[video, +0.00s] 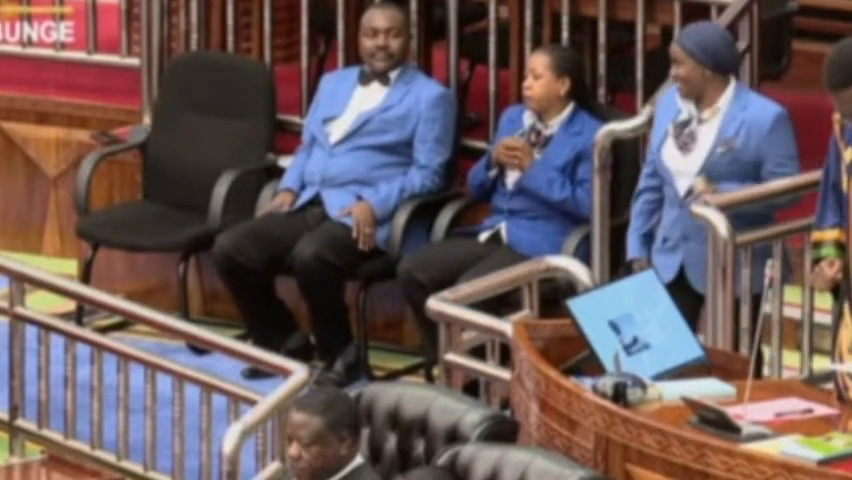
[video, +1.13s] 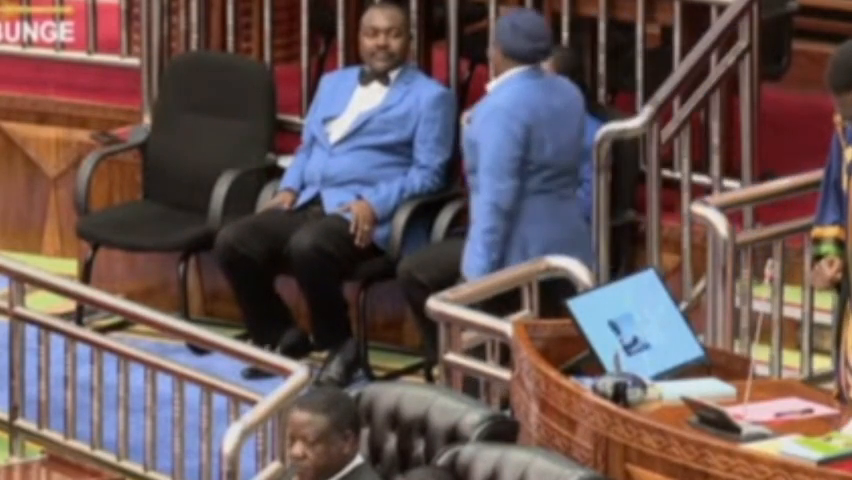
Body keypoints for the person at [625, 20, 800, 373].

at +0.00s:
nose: (673, 72)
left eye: (680, 63)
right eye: (672, 63)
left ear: (711, 68)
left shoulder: (767, 119)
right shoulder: (670, 101)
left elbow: (786, 191)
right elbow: (651, 180)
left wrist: (722, 195)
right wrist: (637, 251)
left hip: (734, 273)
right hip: (669, 266)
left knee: (728, 370)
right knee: (661, 359)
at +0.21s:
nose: (634, 67)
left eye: (641, 58)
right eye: (635, 58)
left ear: (671, 64)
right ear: (663, 63)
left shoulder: (719, 117)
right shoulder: (644, 105)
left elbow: (732, 198)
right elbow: (631, 188)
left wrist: (670, 236)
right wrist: (622, 250)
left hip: (689, 278)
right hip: (640, 269)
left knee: (682, 372)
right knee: (636, 364)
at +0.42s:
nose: (606, 65)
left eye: (612, 56)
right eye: (607, 56)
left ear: (640, 60)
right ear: (634, 60)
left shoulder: (675, 113)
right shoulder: (626, 104)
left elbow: (680, 197)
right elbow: (613, 187)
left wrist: (633, 252)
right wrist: (603, 250)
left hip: (669, 277)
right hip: (624, 270)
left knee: (673, 377)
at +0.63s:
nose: (572, 61)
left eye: (578, 53)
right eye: (573, 53)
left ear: (601, 56)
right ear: (599, 56)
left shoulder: (626, 106)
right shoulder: (604, 96)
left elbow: (620, 197)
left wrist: (573, 260)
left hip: (619, 258)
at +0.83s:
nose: (540, 55)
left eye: (543, 47)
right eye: (541, 47)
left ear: (554, 53)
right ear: (592, 49)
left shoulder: (569, 102)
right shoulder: (614, 91)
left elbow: (563, 192)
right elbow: (615, 171)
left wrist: (523, 258)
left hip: (574, 244)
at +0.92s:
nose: (526, 54)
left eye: (528, 47)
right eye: (528, 47)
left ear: (534, 53)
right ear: (578, 51)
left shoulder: (548, 104)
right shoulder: (603, 94)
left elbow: (541, 195)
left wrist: (509, 268)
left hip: (558, 264)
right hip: (610, 257)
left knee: (464, 297)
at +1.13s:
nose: (489, 52)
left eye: (492, 46)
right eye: (492, 45)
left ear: (497, 52)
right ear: (542, 52)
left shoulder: (500, 108)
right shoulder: (569, 94)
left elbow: (496, 200)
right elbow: (577, 172)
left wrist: (475, 277)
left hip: (516, 253)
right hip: (571, 245)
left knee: (414, 272)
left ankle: (455, 369)